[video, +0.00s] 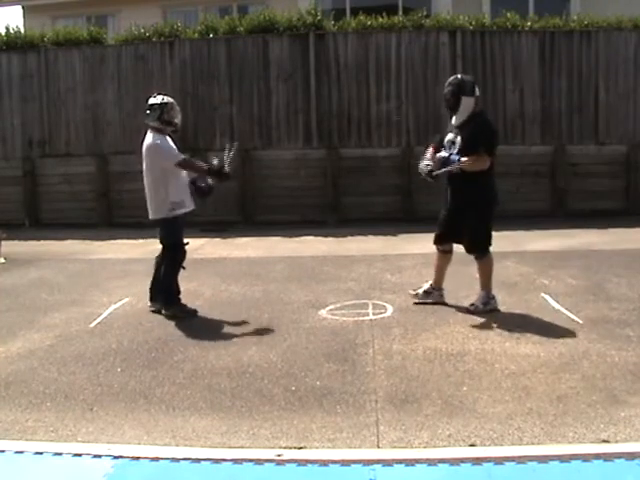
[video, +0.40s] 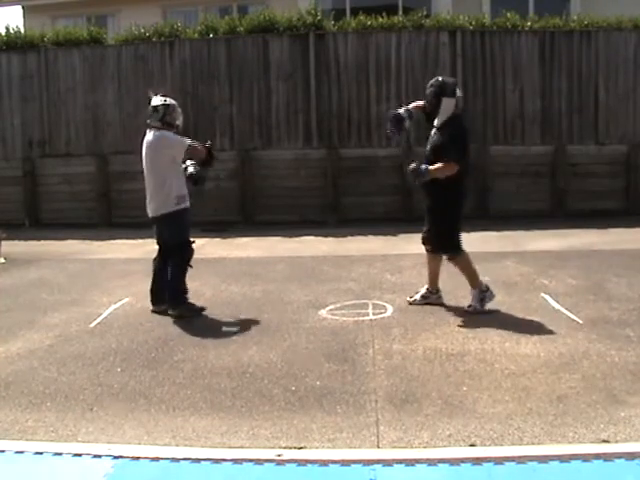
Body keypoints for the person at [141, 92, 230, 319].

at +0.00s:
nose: (175, 118)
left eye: (175, 113)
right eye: (171, 113)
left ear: (153, 116)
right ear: (163, 115)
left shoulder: (159, 139)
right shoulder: (157, 143)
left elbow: (174, 169)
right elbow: (183, 164)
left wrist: (196, 179)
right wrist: (213, 171)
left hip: (171, 207)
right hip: (167, 209)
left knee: (169, 251)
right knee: (174, 253)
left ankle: (158, 297)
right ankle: (170, 302)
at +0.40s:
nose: (177, 120)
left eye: (176, 116)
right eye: (174, 116)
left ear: (154, 116)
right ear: (168, 117)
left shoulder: (150, 138)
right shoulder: (165, 138)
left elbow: (166, 167)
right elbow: (200, 152)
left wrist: (186, 167)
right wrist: (204, 151)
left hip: (159, 206)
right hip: (173, 206)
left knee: (166, 251)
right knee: (181, 251)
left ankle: (160, 299)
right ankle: (177, 301)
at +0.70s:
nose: (184, 118)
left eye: (183, 113)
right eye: (180, 113)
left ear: (161, 113)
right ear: (169, 113)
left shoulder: (161, 135)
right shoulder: (163, 132)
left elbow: (183, 108)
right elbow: (179, 107)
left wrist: (201, 91)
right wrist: (202, 87)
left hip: (171, 202)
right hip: (177, 201)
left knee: (170, 252)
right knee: (190, 251)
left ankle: (160, 298)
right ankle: (192, 302)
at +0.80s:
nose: (181, 118)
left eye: (181, 113)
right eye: (177, 113)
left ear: (163, 114)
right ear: (167, 113)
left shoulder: (163, 135)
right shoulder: (163, 133)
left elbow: (183, 110)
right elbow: (180, 109)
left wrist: (199, 91)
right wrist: (199, 88)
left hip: (172, 202)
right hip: (178, 202)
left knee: (172, 252)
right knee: (192, 252)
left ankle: (162, 298)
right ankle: (193, 302)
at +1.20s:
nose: (178, 120)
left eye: (177, 116)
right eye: (175, 116)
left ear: (153, 116)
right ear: (168, 117)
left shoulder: (139, 143)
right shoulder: (170, 142)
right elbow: (193, 162)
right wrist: (218, 165)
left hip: (153, 204)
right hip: (173, 203)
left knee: (163, 249)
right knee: (176, 250)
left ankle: (161, 292)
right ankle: (168, 299)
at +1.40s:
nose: (177, 123)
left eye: (177, 119)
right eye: (175, 119)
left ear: (153, 117)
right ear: (167, 119)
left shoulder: (135, 142)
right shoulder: (175, 145)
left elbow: (134, 174)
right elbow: (188, 178)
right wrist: (205, 199)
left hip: (148, 207)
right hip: (172, 205)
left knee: (160, 250)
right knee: (173, 251)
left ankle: (162, 294)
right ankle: (165, 298)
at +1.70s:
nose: (177, 123)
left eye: (177, 118)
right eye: (175, 118)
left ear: (154, 118)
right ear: (167, 119)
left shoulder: (138, 142)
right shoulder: (168, 144)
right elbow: (184, 176)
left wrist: (203, 188)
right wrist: (208, 191)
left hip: (146, 207)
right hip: (166, 206)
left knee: (161, 251)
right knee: (180, 249)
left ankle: (162, 293)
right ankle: (164, 295)